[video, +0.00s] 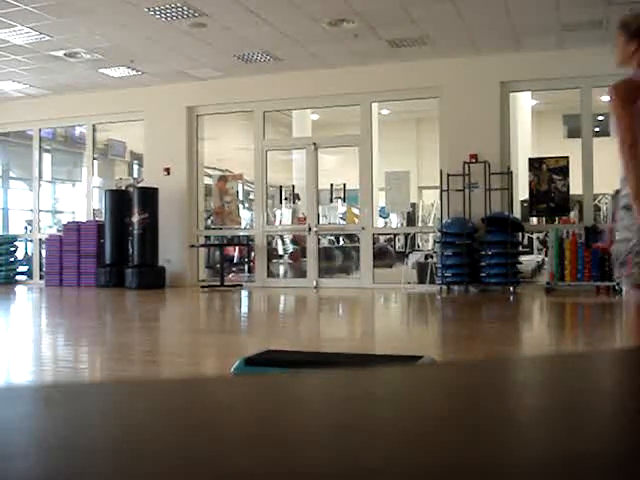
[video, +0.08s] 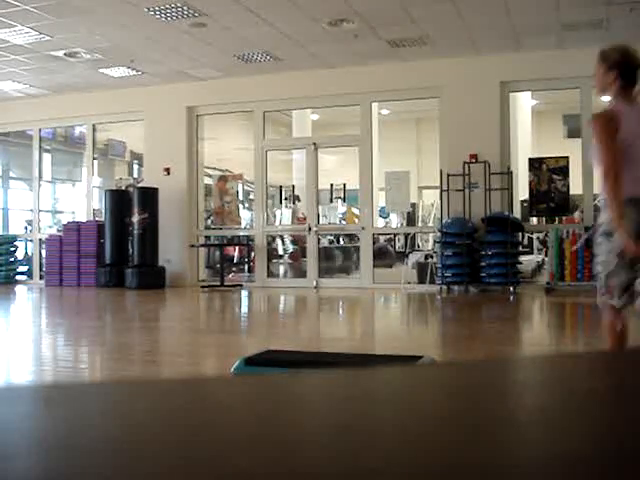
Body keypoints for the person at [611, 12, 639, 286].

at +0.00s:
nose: (616, 49)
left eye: (619, 41)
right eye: (618, 41)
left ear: (633, 44)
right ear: (634, 45)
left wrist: (634, 203)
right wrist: (631, 202)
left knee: (633, 284)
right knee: (632, 283)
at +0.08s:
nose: (594, 77)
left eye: (599, 70)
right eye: (596, 70)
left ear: (613, 74)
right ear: (626, 75)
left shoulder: (607, 118)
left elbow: (611, 173)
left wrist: (620, 227)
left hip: (624, 210)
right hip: (628, 209)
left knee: (612, 301)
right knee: (615, 301)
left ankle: (615, 371)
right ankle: (618, 369)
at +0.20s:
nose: (567, 92)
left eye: (571, 87)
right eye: (569, 87)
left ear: (584, 93)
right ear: (598, 93)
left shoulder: (574, 135)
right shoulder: (621, 133)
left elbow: (573, 187)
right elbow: (635, 178)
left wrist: (568, 238)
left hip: (591, 217)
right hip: (627, 216)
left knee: (585, 298)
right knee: (621, 298)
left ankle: (608, 363)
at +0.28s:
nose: (554, 86)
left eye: (558, 81)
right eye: (556, 80)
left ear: (570, 86)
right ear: (586, 87)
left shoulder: (561, 127)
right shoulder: (606, 125)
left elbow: (559, 176)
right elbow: (629, 168)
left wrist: (544, 218)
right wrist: (636, 199)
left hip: (578, 210)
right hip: (609, 206)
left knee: (580, 292)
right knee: (604, 284)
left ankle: (606, 354)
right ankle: (629, 335)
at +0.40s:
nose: (530, 85)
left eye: (534, 80)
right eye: (533, 80)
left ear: (545, 85)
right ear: (557, 86)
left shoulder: (535, 121)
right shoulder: (578, 120)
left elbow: (531, 167)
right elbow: (607, 156)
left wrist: (506, 201)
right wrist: (626, 191)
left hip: (548, 200)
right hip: (577, 196)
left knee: (560, 277)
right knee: (561, 274)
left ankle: (600, 345)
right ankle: (568, 341)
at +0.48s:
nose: (525, 89)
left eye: (529, 84)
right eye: (528, 84)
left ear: (540, 89)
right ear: (553, 90)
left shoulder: (528, 126)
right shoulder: (572, 121)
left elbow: (523, 172)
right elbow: (599, 157)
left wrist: (502, 203)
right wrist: (621, 193)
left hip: (540, 202)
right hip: (569, 200)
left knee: (556, 277)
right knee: (557, 275)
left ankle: (587, 343)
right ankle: (555, 341)